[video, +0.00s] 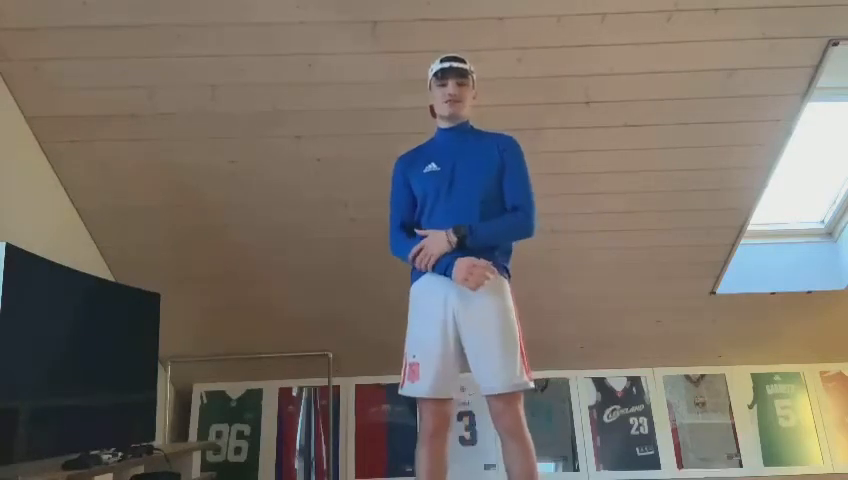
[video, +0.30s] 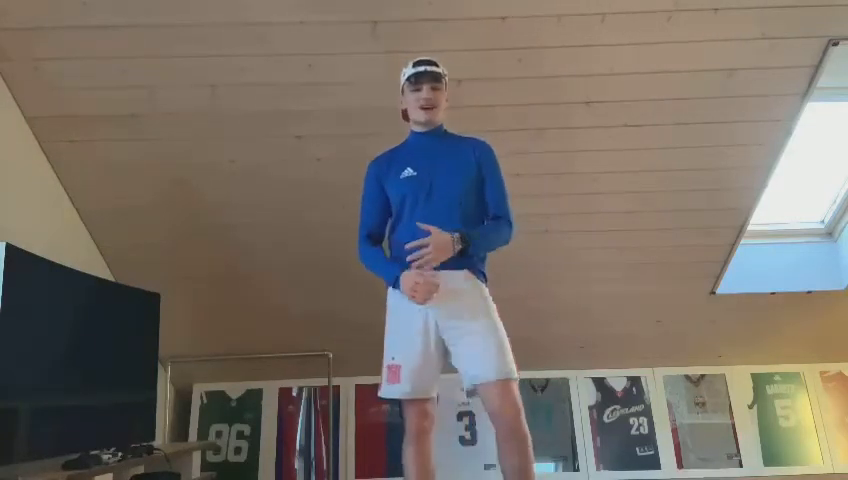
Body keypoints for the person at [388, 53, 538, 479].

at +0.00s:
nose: (452, 90)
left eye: (460, 83)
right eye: (442, 83)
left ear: (473, 93)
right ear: (430, 96)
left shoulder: (503, 147)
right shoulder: (410, 162)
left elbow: (523, 220)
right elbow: (400, 238)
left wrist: (456, 235)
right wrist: (450, 264)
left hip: (487, 287)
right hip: (429, 293)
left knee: (508, 414)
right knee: (432, 420)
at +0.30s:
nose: (427, 94)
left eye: (435, 87)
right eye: (417, 88)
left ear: (447, 97)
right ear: (404, 102)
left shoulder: (477, 152)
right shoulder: (383, 166)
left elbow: (503, 226)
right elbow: (368, 244)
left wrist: (458, 242)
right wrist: (399, 277)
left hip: (465, 290)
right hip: (408, 297)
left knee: (507, 408)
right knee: (418, 417)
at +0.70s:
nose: (407, 95)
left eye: (415, 86)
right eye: (397, 88)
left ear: (427, 95)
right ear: (384, 102)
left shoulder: (462, 150)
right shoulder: (369, 167)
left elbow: (505, 217)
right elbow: (338, 246)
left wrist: (557, 276)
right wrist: (301, 313)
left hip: (456, 294)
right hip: (399, 299)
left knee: (486, 414)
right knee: (415, 417)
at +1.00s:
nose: (403, 94)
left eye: (411, 85)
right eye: (393, 88)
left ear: (424, 93)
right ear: (381, 102)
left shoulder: (459, 148)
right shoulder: (368, 165)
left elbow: (500, 220)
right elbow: (338, 246)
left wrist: (548, 278)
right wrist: (298, 310)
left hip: (455, 292)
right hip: (398, 298)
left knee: (485, 414)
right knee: (414, 418)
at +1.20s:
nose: (402, 95)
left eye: (410, 86)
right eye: (392, 89)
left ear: (424, 93)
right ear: (381, 102)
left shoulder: (460, 150)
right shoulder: (366, 168)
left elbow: (495, 220)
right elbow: (339, 247)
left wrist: (533, 280)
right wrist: (306, 311)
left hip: (455, 294)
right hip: (398, 299)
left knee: (485, 416)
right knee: (413, 419)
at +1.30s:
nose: (403, 95)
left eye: (411, 86)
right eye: (393, 89)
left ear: (424, 94)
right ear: (380, 102)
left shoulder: (460, 150)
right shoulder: (366, 168)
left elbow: (485, 221)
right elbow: (347, 244)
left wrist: (500, 280)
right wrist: (330, 308)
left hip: (455, 293)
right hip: (398, 298)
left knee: (484, 414)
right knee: (414, 418)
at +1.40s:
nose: (403, 96)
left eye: (411, 87)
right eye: (393, 89)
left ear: (425, 95)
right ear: (382, 103)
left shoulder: (459, 150)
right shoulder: (366, 167)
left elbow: (479, 221)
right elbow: (354, 243)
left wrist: (465, 276)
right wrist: (363, 305)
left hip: (454, 290)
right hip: (399, 295)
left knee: (484, 414)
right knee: (413, 418)